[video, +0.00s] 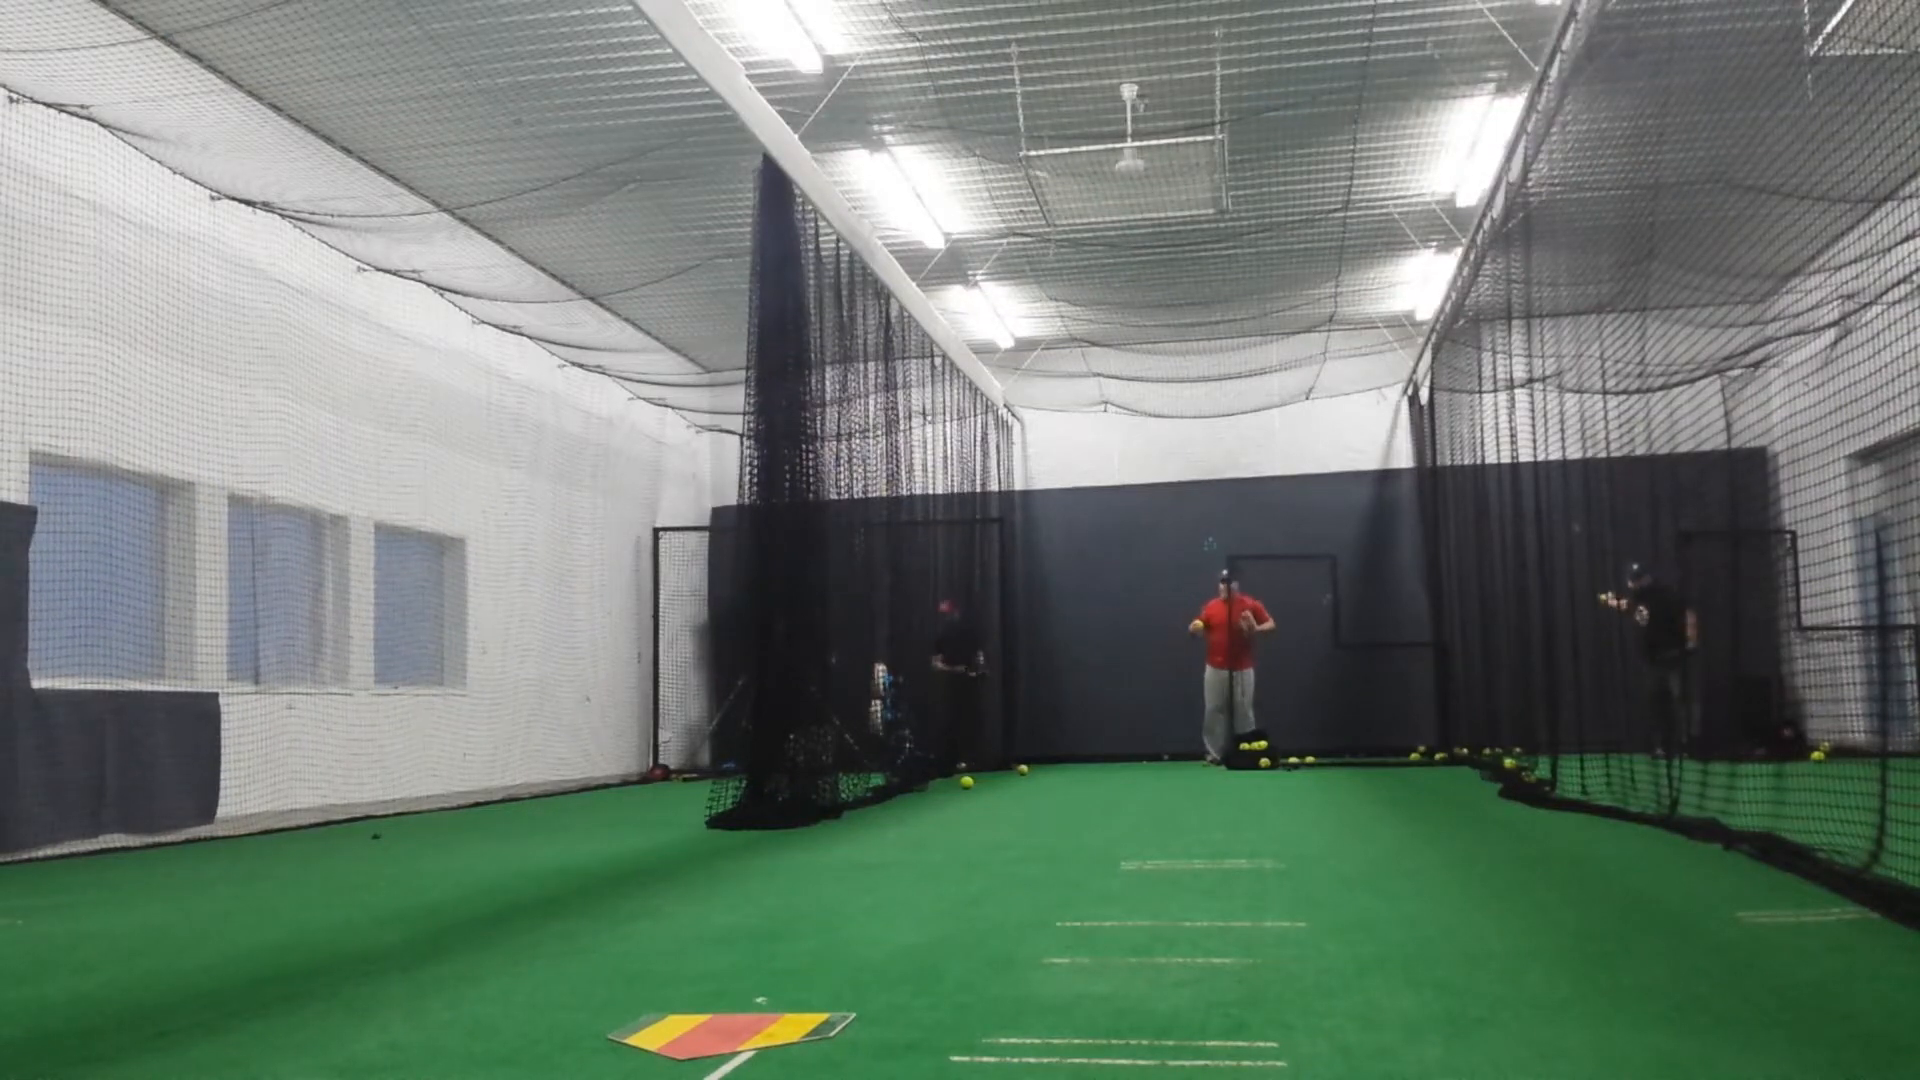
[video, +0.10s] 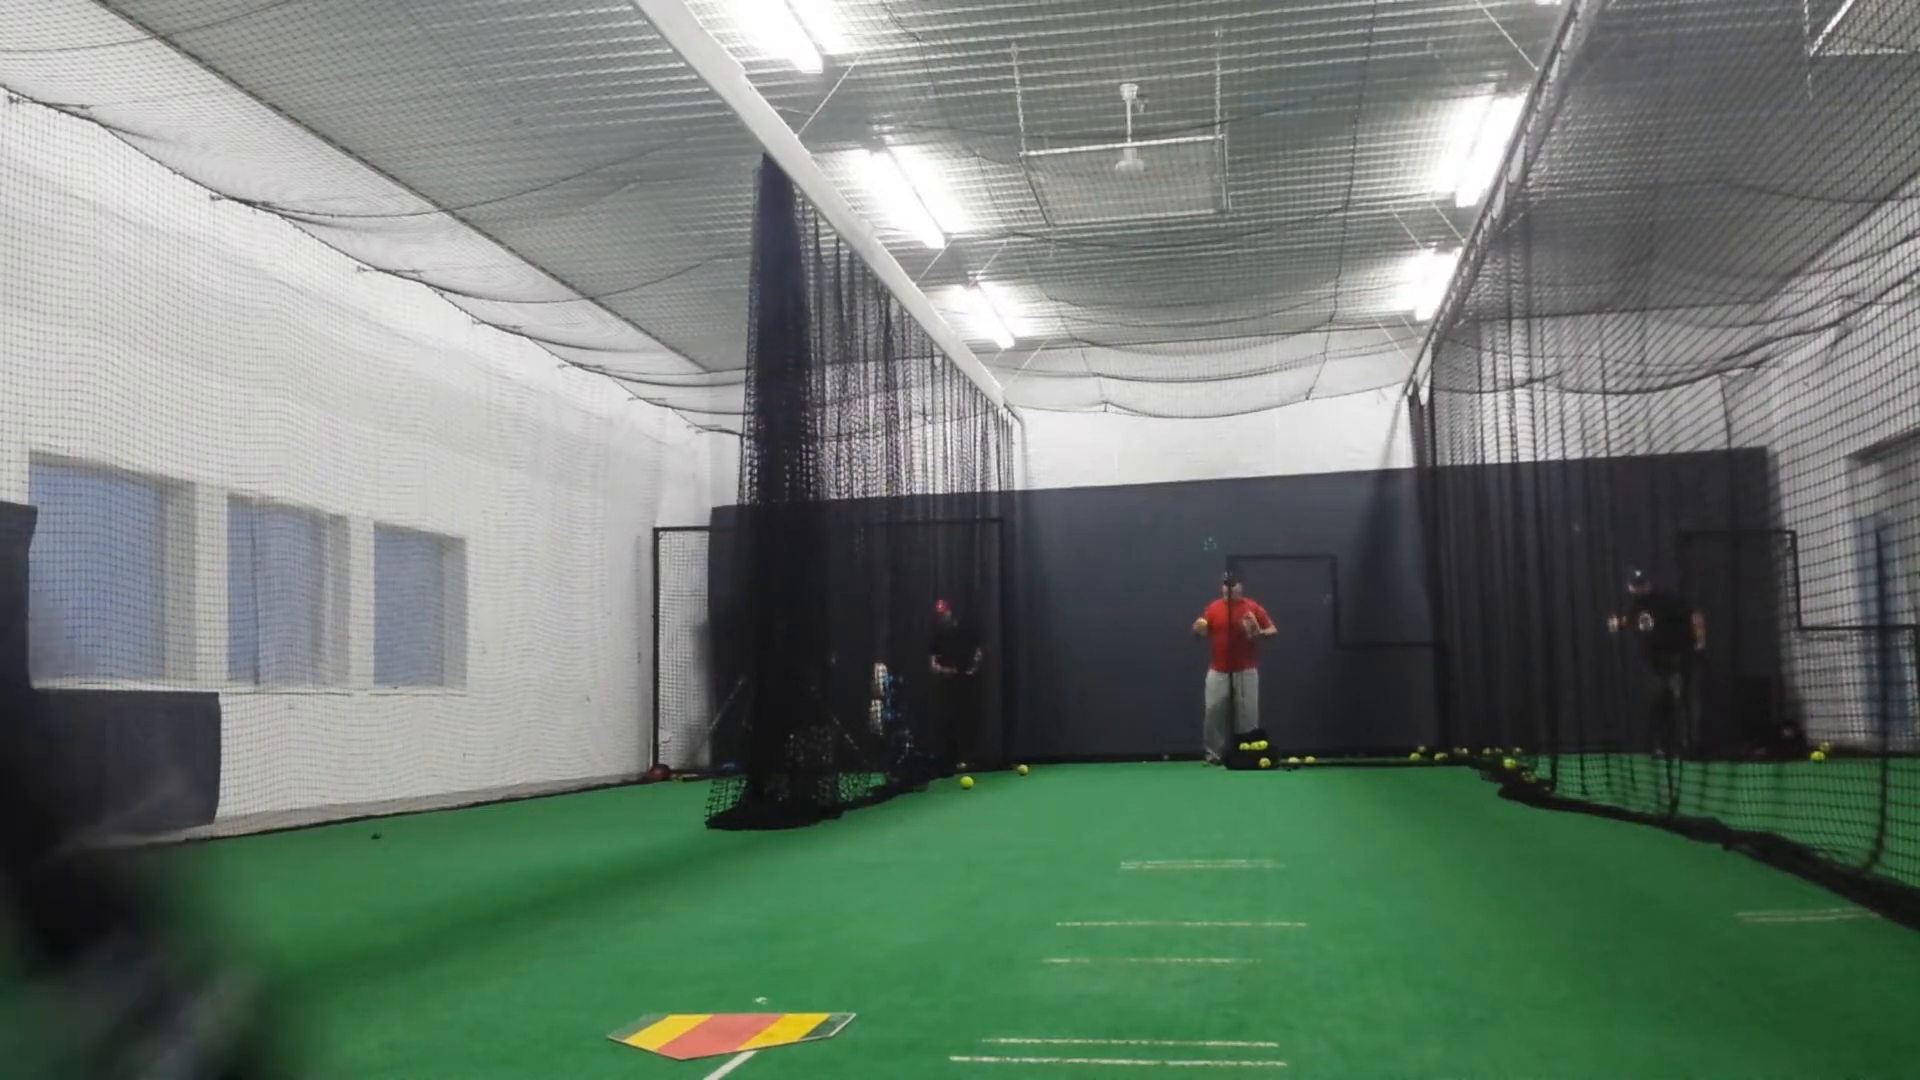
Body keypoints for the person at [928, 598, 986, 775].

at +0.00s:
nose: (950, 620)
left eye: (952, 615)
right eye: (945, 616)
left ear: (959, 615)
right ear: (942, 618)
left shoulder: (971, 635)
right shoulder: (943, 636)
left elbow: (980, 657)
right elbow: (935, 663)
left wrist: (978, 669)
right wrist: (954, 669)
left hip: (969, 685)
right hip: (950, 686)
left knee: (969, 722)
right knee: (950, 723)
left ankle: (968, 760)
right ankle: (950, 761)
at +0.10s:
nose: (942, 618)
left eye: (945, 613)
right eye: (939, 615)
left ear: (951, 613)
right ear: (936, 617)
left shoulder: (965, 632)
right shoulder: (936, 636)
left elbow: (978, 652)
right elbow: (932, 663)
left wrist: (973, 668)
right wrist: (945, 670)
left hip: (965, 683)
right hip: (946, 685)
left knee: (965, 721)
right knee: (946, 721)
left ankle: (965, 759)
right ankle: (947, 760)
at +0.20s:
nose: (937, 619)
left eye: (940, 615)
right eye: (934, 616)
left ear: (946, 614)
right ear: (932, 617)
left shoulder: (962, 630)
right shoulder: (934, 633)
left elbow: (977, 647)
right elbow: (930, 659)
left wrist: (972, 666)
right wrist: (938, 673)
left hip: (965, 679)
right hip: (945, 681)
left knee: (965, 719)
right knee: (946, 719)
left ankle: (966, 757)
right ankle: (947, 757)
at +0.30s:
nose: (935, 619)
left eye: (937, 615)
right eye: (932, 616)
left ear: (944, 614)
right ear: (930, 617)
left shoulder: (960, 630)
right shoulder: (933, 633)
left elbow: (976, 646)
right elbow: (929, 658)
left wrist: (972, 665)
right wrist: (933, 675)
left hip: (964, 680)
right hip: (943, 682)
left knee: (964, 720)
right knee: (944, 720)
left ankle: (966, 757)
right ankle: (945, 758)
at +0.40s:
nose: (932, 619)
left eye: (934, 615)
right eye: (929, 616)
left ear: (941, 613)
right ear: (927, 617)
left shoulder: (957, 629)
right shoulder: (931, 634)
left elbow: (976, 644)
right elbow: (928, 658)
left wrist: (971, 662)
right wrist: (930, 676)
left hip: (962, 678)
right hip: (943, 680)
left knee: (961, 720)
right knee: (944, 720)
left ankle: (964, 758)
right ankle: (945, 758)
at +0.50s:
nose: (933, 618)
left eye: (934, 613)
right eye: (930, 615)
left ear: (941, 611)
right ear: (929, 616)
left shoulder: (956, 628)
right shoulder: (930, 634)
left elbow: (973, 646)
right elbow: (927, 659)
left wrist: (968, 660)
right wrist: (928, 678)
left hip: (959, 679)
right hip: (940, 681)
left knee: (958, 719)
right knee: (942, 720)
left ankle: (959, 758)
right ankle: (942, 760)